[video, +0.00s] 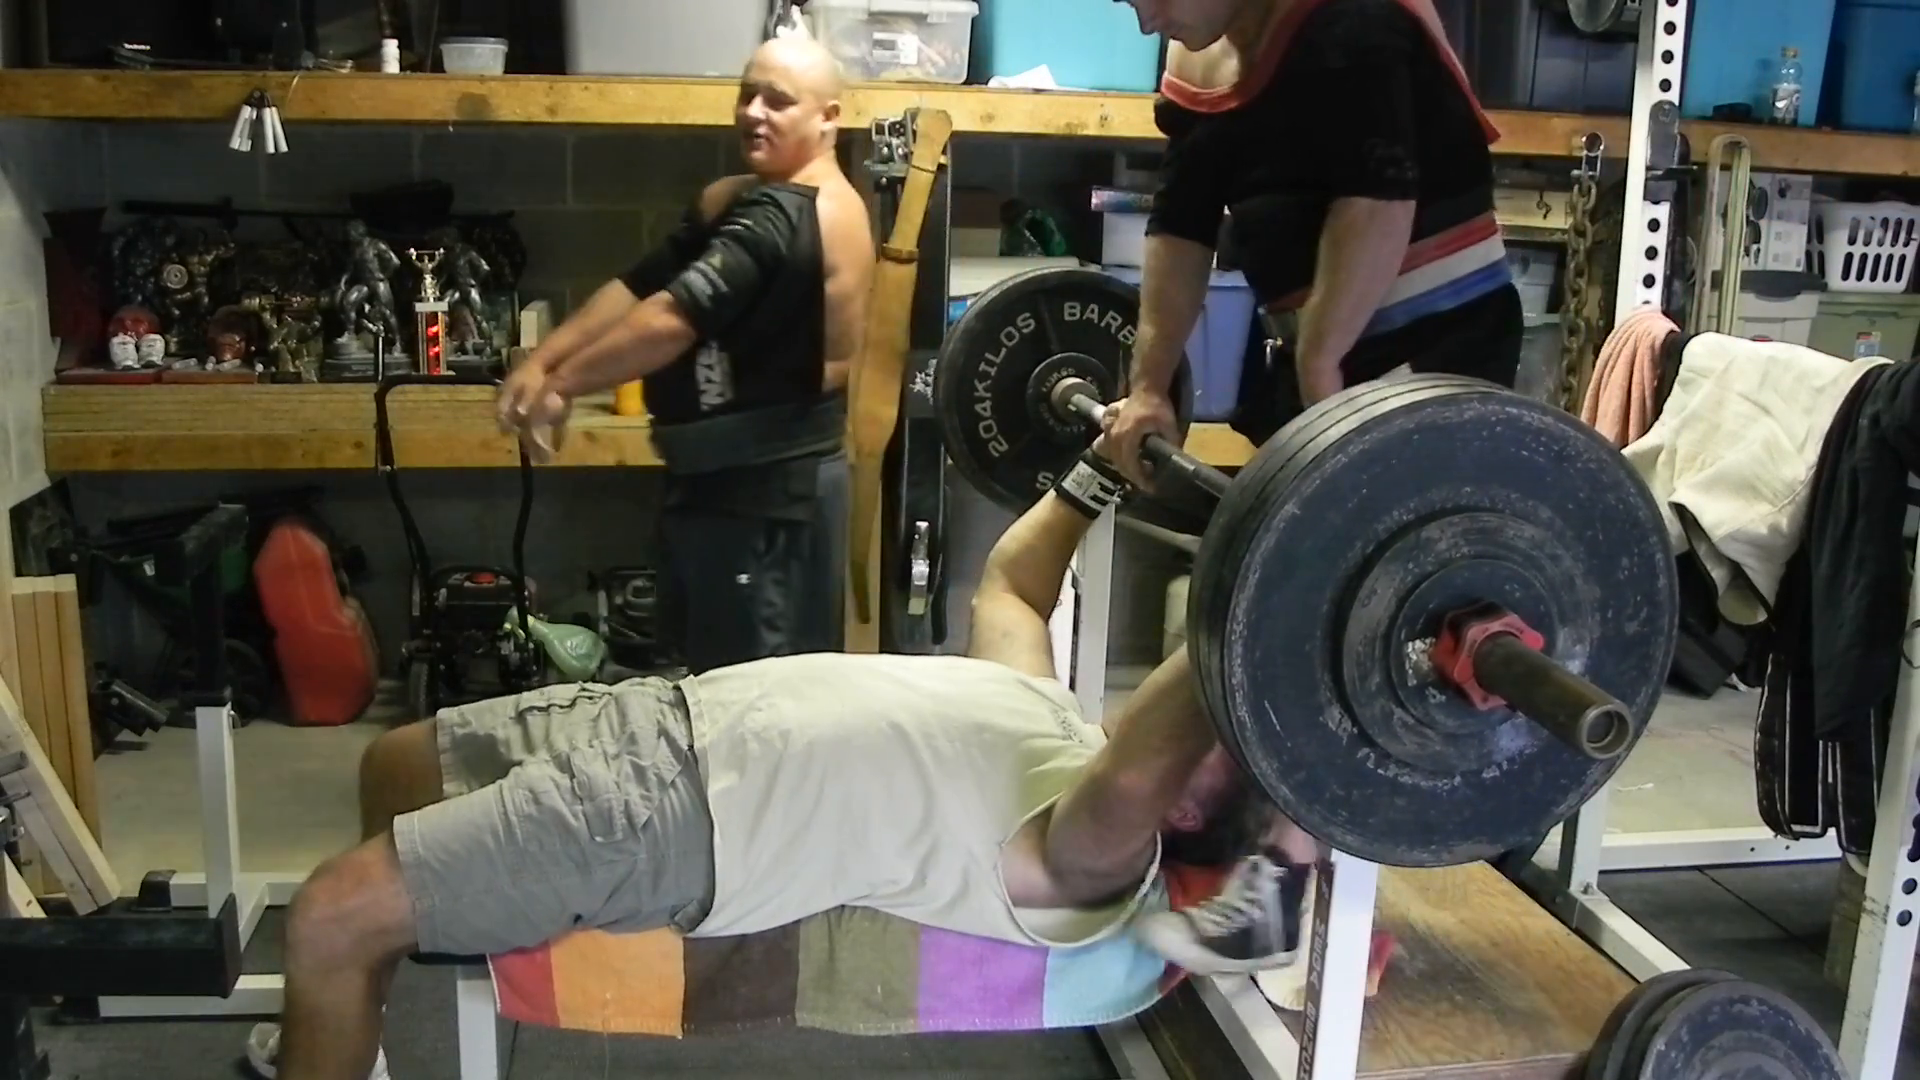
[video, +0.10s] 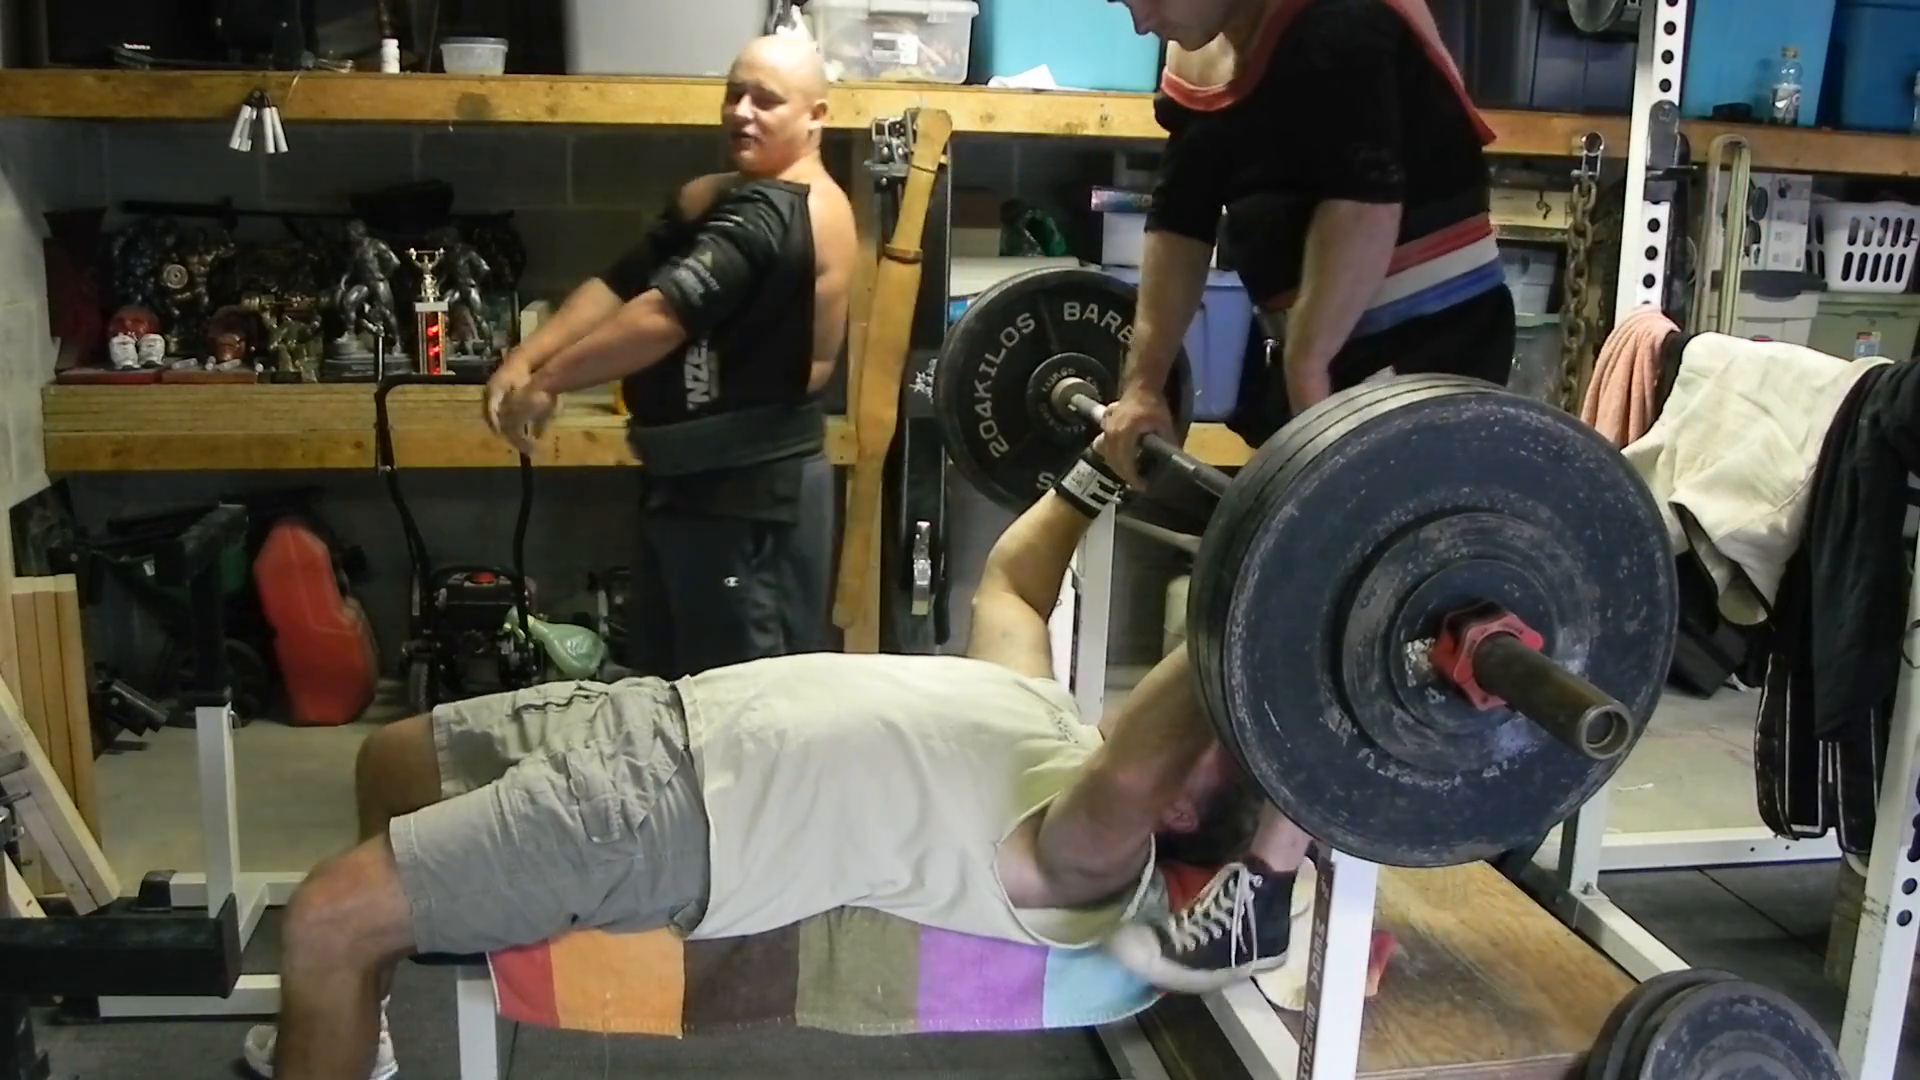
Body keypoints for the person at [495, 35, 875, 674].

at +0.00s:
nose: (753, 112)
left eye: (778, 100)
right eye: (749, 95)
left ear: (829, 118)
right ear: (737, 99)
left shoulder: (782, 213)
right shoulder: (743, 196)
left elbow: (678, 320)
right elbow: (641, 284)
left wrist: (562, 387)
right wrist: (540, 360)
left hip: (762, 494)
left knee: (748, 710)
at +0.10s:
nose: (741, 112)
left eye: (766, 99)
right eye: (735, 94)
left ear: (816, 115)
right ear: (723, 99)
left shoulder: (771, 209)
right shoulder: (719, 194)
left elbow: (666, 319)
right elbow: (621, 283)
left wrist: (550, 383)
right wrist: (524, 358)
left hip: (747, 498)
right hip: (693, 486)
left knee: (747, 717)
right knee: (670, 705)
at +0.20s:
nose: (730, 109)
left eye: (755, 98)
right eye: (723, 92)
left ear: (800, 116)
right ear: (707, 100)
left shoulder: (765, 210)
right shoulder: (691, 197)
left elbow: (658, 324)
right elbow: (597, 283)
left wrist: (542, 385)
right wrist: (507, 356)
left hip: (732, 496)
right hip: (659, 485)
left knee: (734, 714)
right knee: (637, 700)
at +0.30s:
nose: (715, 110)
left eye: (738, 99)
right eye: (705, 93)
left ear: (778, 117)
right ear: (686, 103)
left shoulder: (756, 213)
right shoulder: (646, 197)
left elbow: (659, 327)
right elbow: (566, 285)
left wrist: (539, 387)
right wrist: (479, 363)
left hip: (722, 507)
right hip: (629, 498)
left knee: (725, 724)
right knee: (606, 712)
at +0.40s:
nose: (693, 116)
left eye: (714, 104)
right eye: (679, 98)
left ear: (744, 122)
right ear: (654, 106)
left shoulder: (746, 212)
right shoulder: (600, 200)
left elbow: (671, 321)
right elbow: (529, 290)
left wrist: (549, 393)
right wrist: (452, 376)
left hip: (704, 509)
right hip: (587, 504)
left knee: (720, 726)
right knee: (568, 719)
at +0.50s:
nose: (661, 123)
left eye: (680, 110)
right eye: (646, 104)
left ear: (703, 128)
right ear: (615, 108)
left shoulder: (721, 216)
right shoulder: (548, 205)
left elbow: (676, 322)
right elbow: (491, 297)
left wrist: (581, 397)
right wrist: (435, 390)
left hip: (682, 518)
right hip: (554, 517)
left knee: (702, 731)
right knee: (546, 729)